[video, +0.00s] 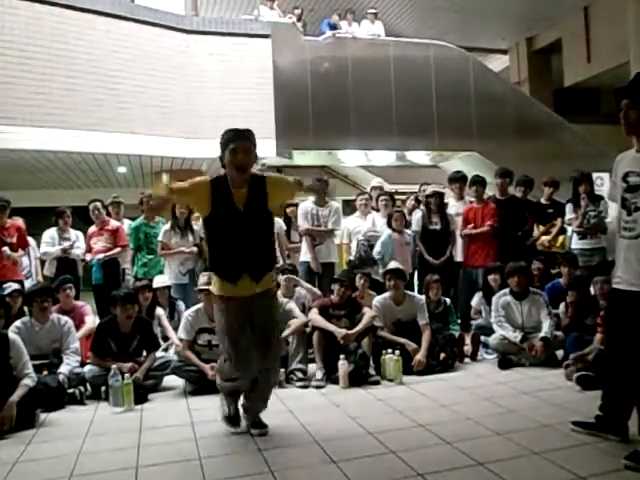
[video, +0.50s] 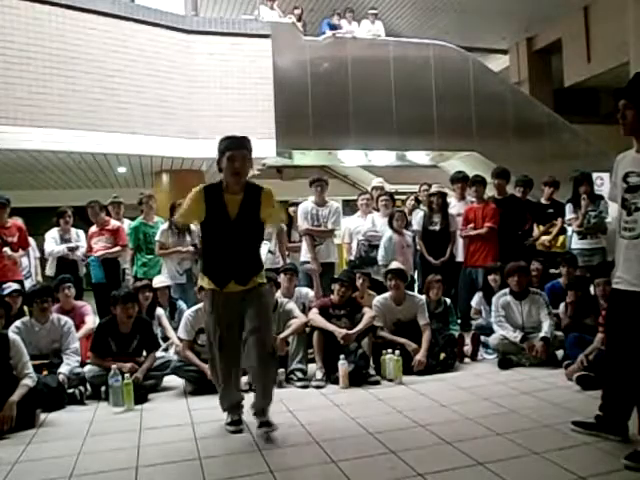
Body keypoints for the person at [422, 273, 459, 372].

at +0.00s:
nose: (435, 291)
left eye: (438, 288)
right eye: (432, 288)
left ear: (441, 289)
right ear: (427, 290)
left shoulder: (446, 303)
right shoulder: (421, 302)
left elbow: (453, 322)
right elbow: (421, 322)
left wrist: (452, 334)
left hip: (444, 332)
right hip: (429, 332)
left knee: (449, 338)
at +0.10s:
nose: (435, 291)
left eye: (438, 288)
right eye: (432, 288)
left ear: (441, 289)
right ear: (427, 290)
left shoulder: (446, 303)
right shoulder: (421, 302)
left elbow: (453, 322)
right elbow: (421, 322)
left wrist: (452, 334)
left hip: (444, 332)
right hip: (429, 332)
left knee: (449, 338)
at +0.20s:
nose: (435, 291)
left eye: (438, 288)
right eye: (432, 288)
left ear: (441, 289)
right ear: (427, 290)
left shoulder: (446, 303)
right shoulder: (421, 302)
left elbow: (453, 322)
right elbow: (421, 322)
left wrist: (452, 334)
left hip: (444, 332)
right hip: (429, 332)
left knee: (449, 338)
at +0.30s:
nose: (435, 291)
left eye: (438, 288)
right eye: (432, 288)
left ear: (442, 290)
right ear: (427, 290)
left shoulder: (447, 303)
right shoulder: (421, 302)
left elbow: (453, 322)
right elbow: (420, 322)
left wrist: (452, 334)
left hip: (444, 332)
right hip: (428, 332)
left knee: (449, 338)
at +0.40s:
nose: (435, 291)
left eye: (438, 288)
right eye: (432, 288)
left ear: (442, 290)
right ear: (427, 290)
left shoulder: (447, 303)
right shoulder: (422, 303)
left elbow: (453, 322)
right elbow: (421, 321)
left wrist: (452, 334)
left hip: (444, 332)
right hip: (428, 332)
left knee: (450, 339)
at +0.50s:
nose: (436, 291)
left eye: (439, 288)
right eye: (432, 288)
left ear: (442, 290)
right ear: (427, 290)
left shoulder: (447, 303)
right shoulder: (422, 303)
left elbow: (453, 322)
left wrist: (452, 334)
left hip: (444, 332)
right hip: (428, 332)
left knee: (450, 339)